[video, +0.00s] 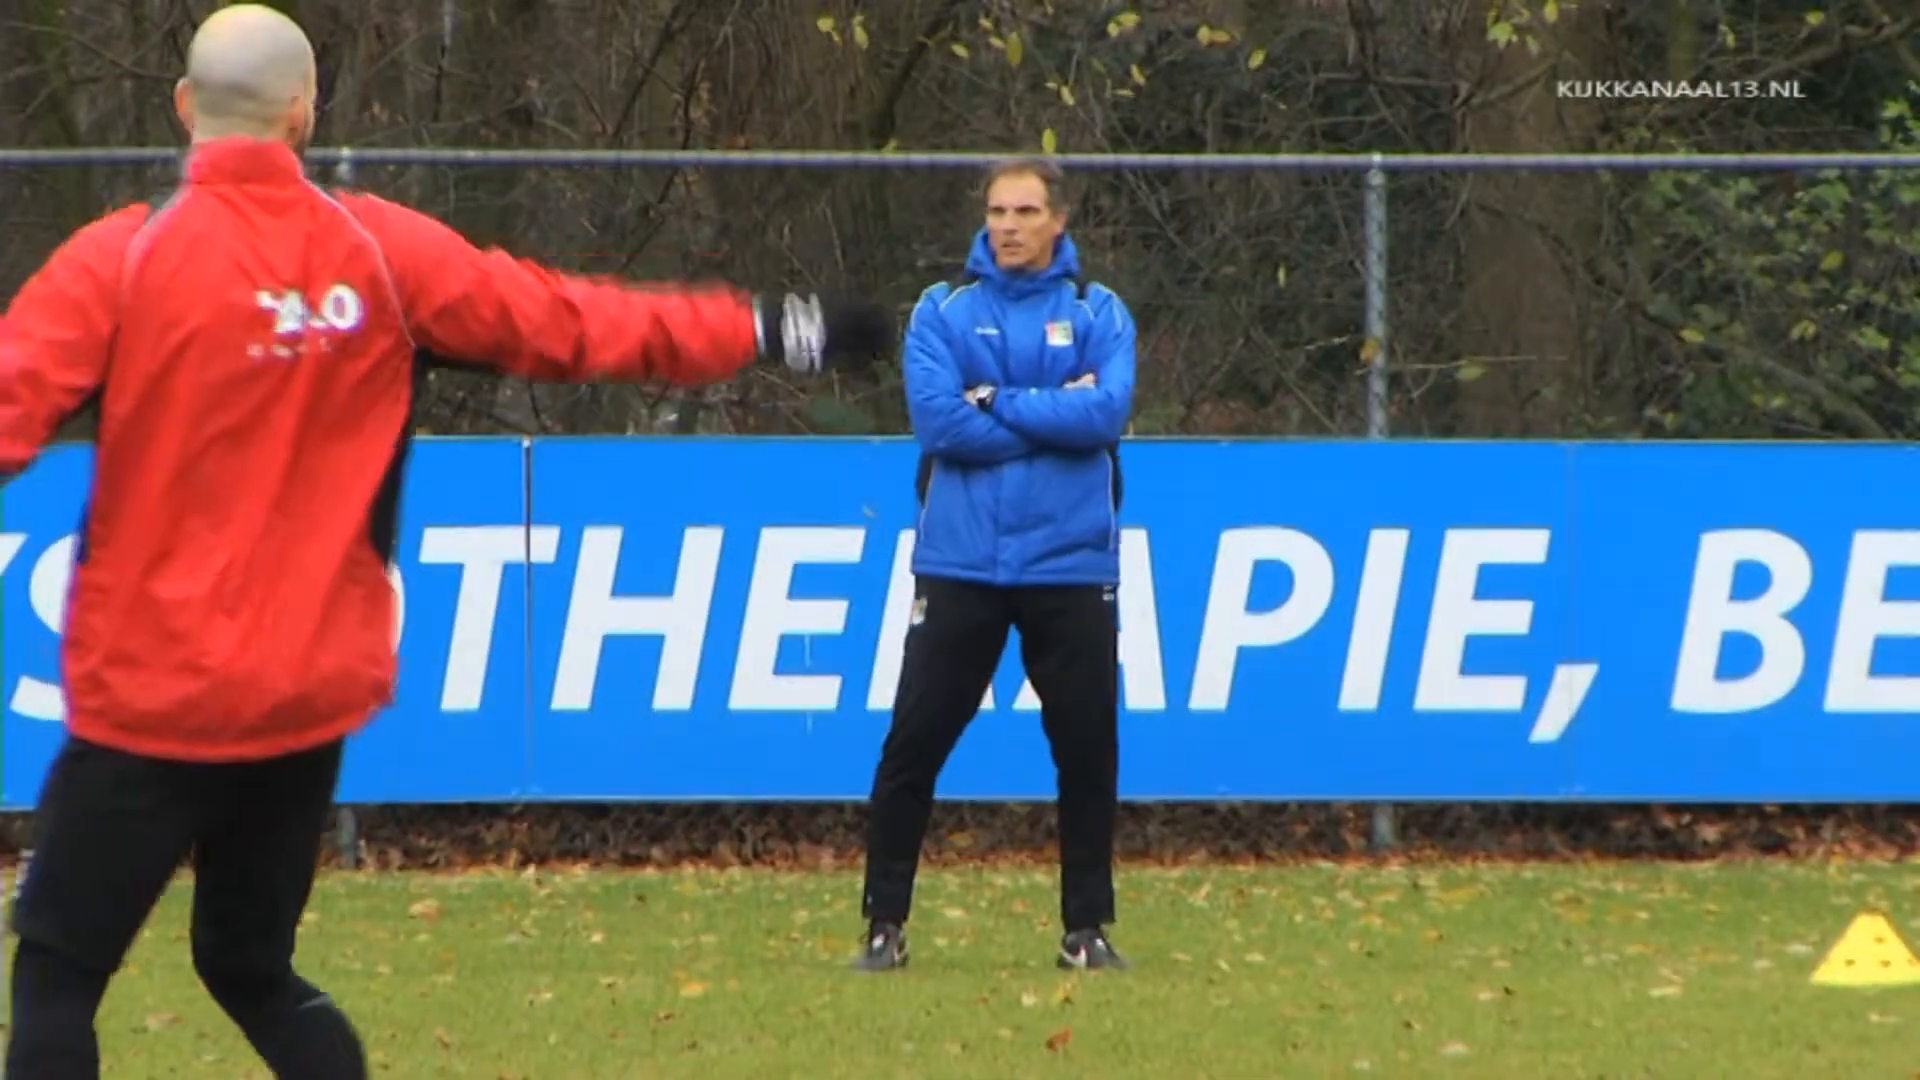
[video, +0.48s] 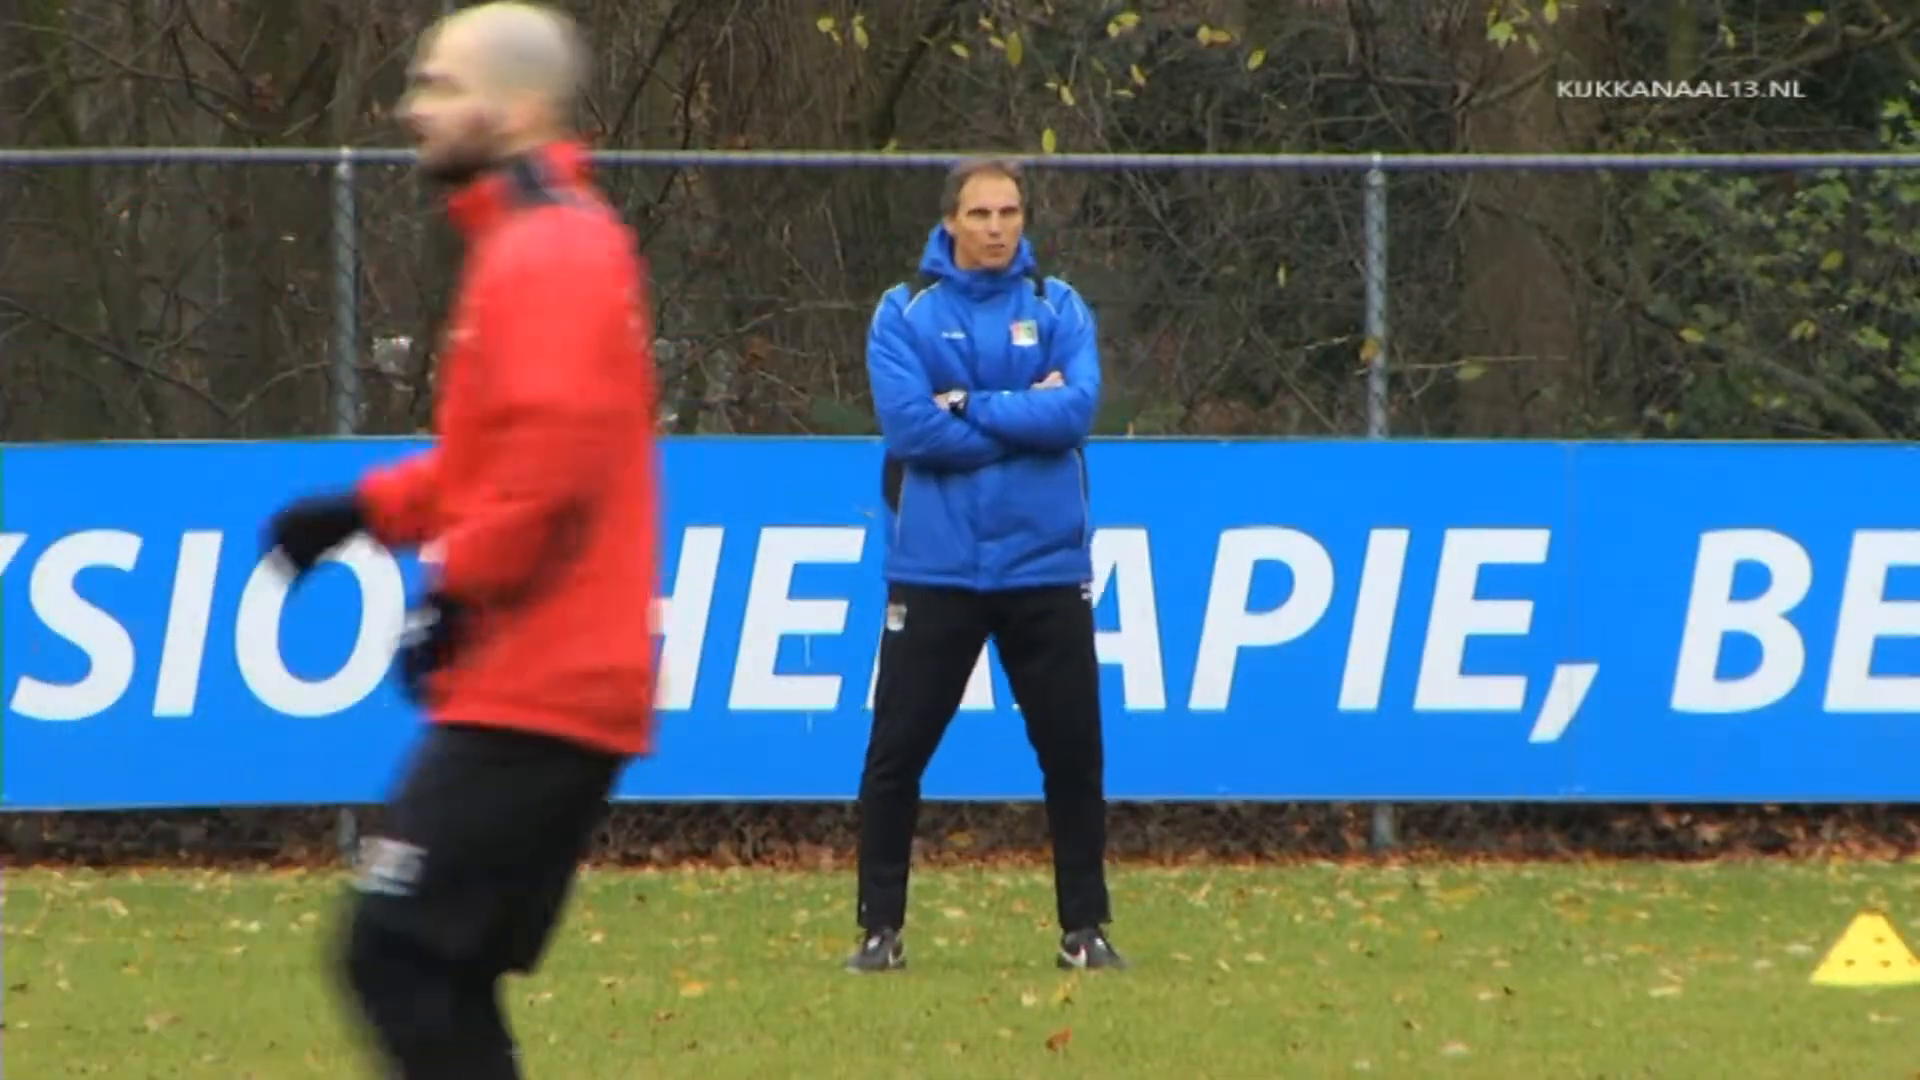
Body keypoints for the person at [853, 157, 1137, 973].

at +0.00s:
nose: (1010, 225)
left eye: (1027, 212)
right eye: (999, 212)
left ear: (1060, 221)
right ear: (984, 222)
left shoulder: (1101, 311)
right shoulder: (941, 310)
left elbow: (1105, 413)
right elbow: (940, 427)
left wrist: (995, 400)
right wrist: (1057, 418)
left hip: (1070, 568)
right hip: (962, 566)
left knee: (1089, 750)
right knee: (914, 742)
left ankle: (1087, 931)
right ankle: (883, 926)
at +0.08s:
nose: (1025, 226)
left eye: (1039, 213)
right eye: (1011, 212)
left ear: (1063, 222)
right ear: (989, 221)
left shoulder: (1102, 311)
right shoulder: (941, 309)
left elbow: (1106, 412)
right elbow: (940, 428)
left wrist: (993, 400)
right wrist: (1058, 417)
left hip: (1070, 567)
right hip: (962, 565)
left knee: (1089, 750)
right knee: (909, 741)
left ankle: (1087, 930)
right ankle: (881, 925)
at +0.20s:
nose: (1025, 228)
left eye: (1038, 215)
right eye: (1011, 215)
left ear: (1058, 223)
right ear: (984, 224)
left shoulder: (1094, 312)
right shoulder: (933, 311)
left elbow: (1097, 413)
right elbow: (933, 431)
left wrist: (985, 402)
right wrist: (1047, 419)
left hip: (1068, 568)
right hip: (958, 567)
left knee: (1088, 752)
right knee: (913, 749)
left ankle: (1086, 932)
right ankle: (883, 930)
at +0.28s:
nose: (1017, 229)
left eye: (1030, 215)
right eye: (1001, 215)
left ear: (1049, 223)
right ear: (973, 225)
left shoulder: (1086, 309)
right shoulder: (924, 311)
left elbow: (1092, 412)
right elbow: (927, 431)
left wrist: (980, 403)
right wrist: (1040, 420)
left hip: (1064, 568)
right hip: (953, 568)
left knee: (1085, 753)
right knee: (907, 750)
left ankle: (1086, 931)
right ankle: (882, 930)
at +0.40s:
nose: (1005, 228)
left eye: (1017, 214)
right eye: (989, 215)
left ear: (1034, 221)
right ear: (960, 225)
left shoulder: (1070, 307)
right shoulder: (910, 312)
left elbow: (1082, 409)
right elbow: (917, 430)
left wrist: (969, 402)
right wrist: (1026, 422)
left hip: (1054, 570)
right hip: (943, 571)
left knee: (1079, 754)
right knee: (901, 753)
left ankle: (1085, 931)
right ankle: (881, 931)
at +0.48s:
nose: (993, 228)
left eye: (1006, 213)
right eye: (977, 214)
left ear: (1024, 222)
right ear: (950, 224)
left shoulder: (1060, 306)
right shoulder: (902, 313)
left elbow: (1076, 411)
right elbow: (911, 431)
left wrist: (965, 403)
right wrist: (1020, 422)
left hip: (1046, 570)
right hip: (936, 573)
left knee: (1074, 755)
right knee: (896, 755)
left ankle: (1086, 931)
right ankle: (879, 931)